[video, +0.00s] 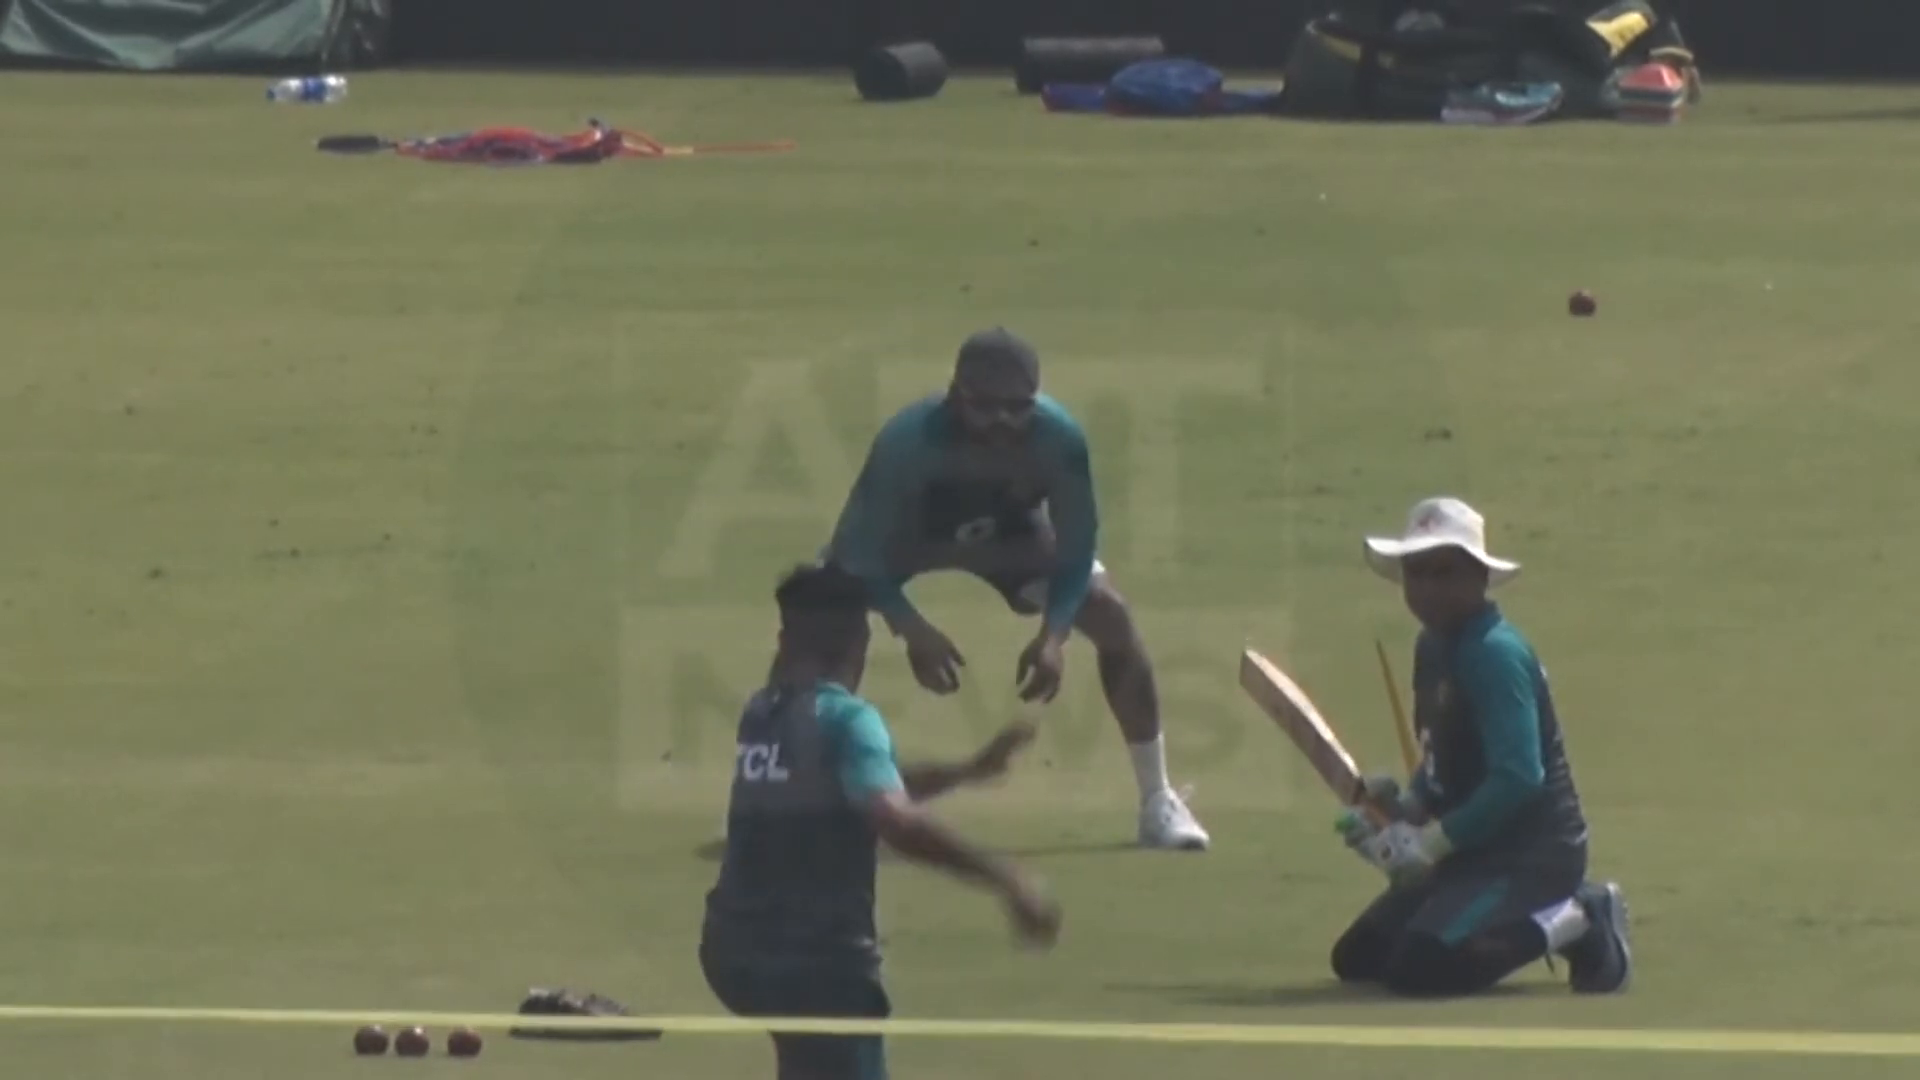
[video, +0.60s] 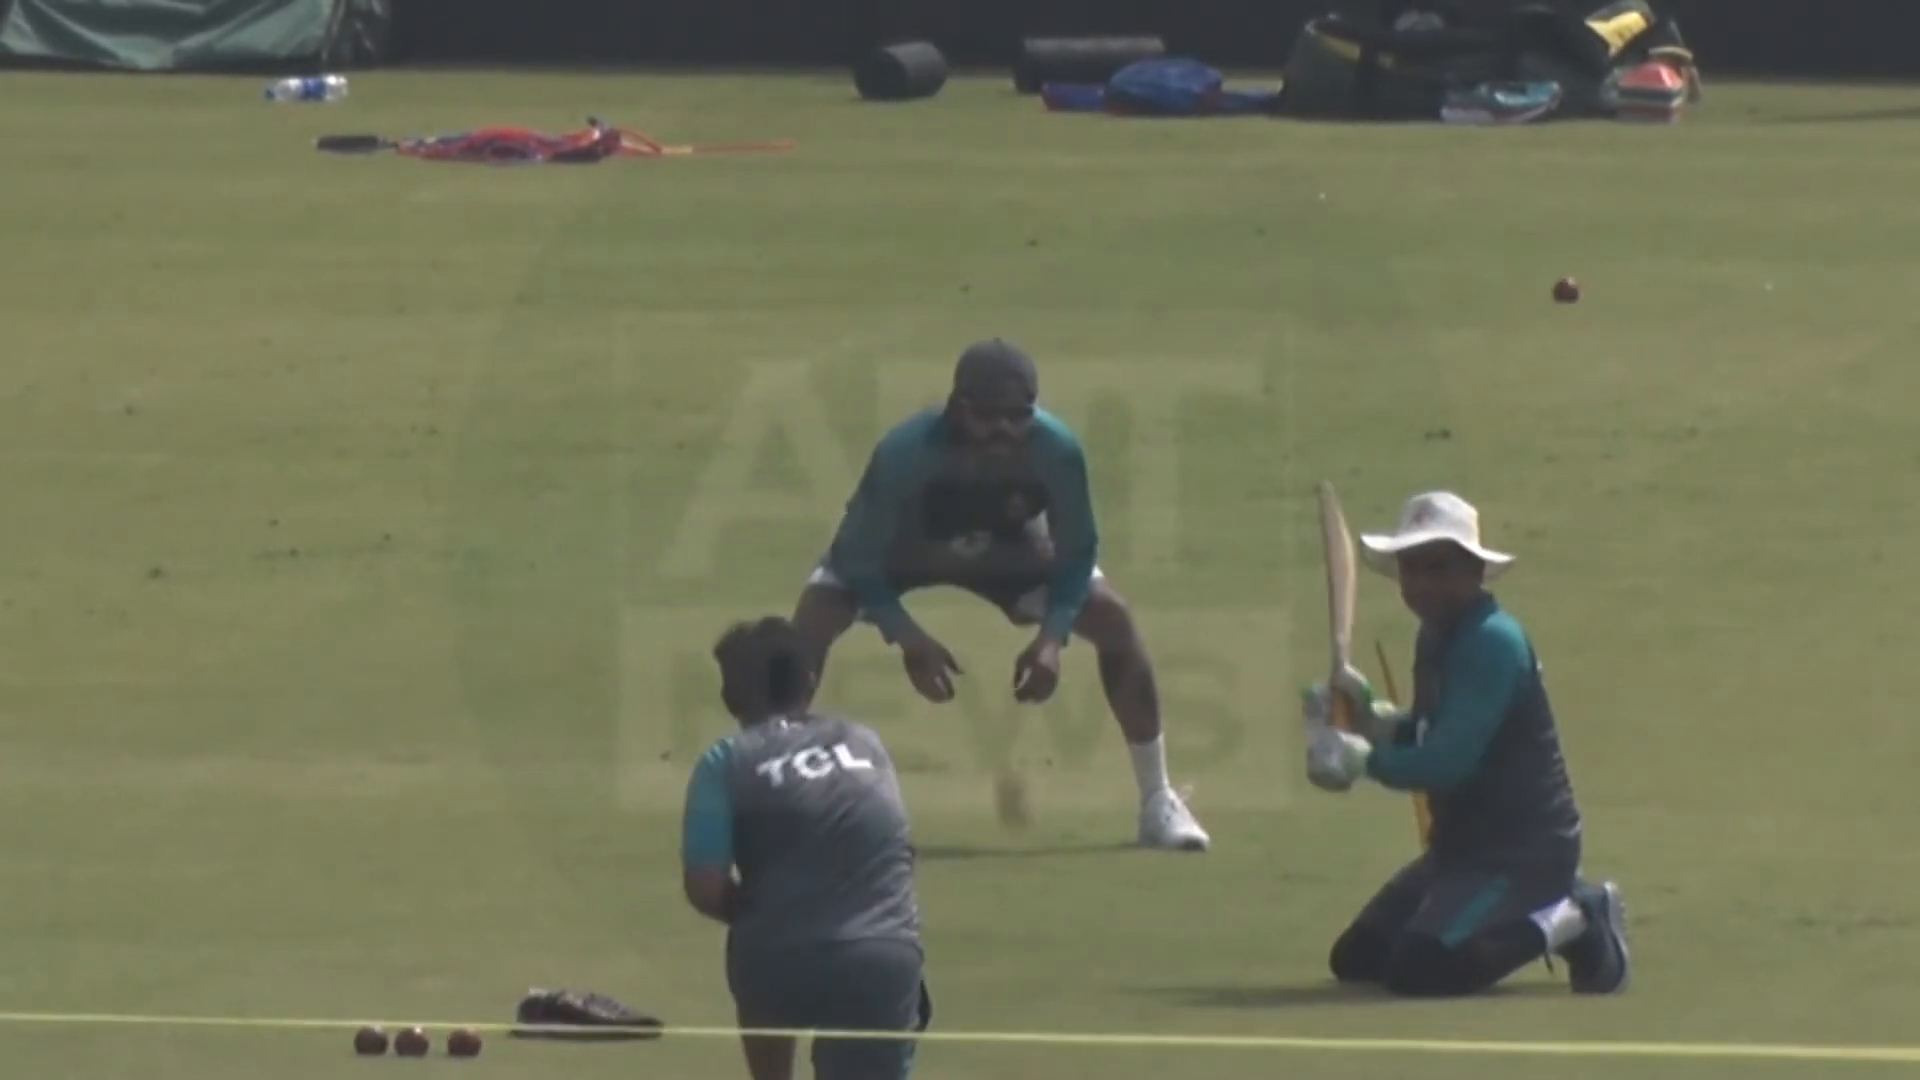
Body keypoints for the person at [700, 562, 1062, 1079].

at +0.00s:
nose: (863, 652)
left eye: (861, 638)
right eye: (861, 639)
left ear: (786, 641)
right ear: (853, 643)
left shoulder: (760, 712)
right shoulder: (850, 718)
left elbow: (850, 787)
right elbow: (894, 820)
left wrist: (967, 772)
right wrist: (1006, 879)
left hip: (735, 954)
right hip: (822, 961)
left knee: (801, 1039)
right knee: (853, 1062)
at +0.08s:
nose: (864, 651)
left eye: (861, 636)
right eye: (861, 637)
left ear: (786, 643)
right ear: (848, 642)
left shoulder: (770, 710)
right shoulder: (839, 710)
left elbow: (894, 732)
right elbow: (899, 763)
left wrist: (993, 707)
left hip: (740, 952)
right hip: (821, 959)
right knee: (856, 1063)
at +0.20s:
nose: (858, 643)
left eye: (856, 630)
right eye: (855, 631)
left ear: (780, 639)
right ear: (849, 636)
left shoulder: (767, 711)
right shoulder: (830, 704)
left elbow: (889, 732)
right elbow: (895, 691)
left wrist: (987, 684)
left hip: (752, 951)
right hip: (828, 960)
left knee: (789, 1055)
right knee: (860, 1063)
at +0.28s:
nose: (843, 644)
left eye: (833, 632)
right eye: (842, 632)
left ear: (765, 643)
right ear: (844, 638)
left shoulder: (752, 721)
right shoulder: (843, 706)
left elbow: (823, 781)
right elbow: (931, 654)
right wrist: (885, 544)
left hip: (756, 950)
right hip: (841, 955)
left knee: (786, 1043)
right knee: (861, 1062)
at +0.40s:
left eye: (737, 649)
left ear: (741, 662)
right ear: (819, 653)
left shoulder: (710, 761)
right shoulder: (867, 705)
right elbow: (968, 617)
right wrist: (935, 523)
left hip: (760, 958)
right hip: (864, 952)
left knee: (786, 1060)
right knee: (866, 1065)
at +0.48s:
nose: (719, 677)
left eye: (722, 667)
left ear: (728, 680)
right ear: (810, 670)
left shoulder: (709, 771)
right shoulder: (865, 714)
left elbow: (715, 912)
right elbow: (939, 664)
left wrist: (769, 866)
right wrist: (968, 578)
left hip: (768, 960)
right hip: (873, 956)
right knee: (869, 1065)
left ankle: (781, 1074)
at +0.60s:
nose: (724, 692)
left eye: (726, 683)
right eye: (726, 680)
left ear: (734, 695)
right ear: (809, 685)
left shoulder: (723, 761)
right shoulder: (866, 742)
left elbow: (705, 889)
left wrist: (766, 912)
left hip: (775, 965)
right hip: (881, 964)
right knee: (874, 1068)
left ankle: (772, 1075)